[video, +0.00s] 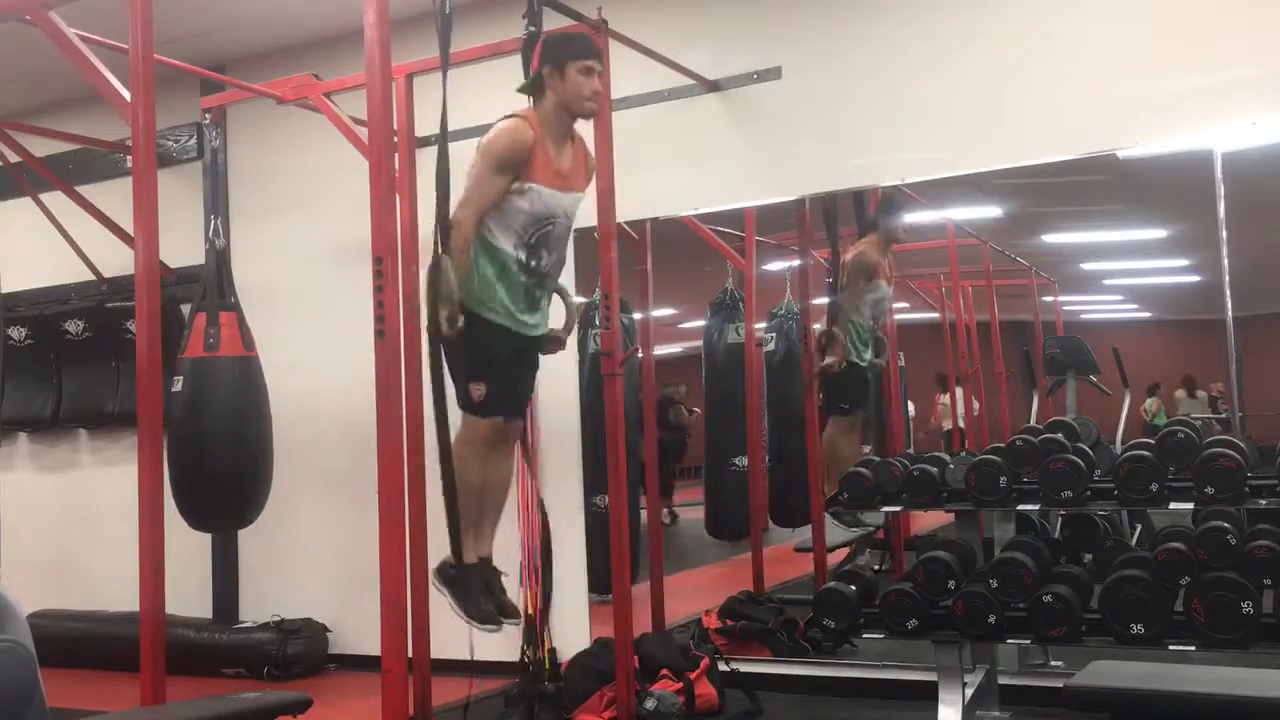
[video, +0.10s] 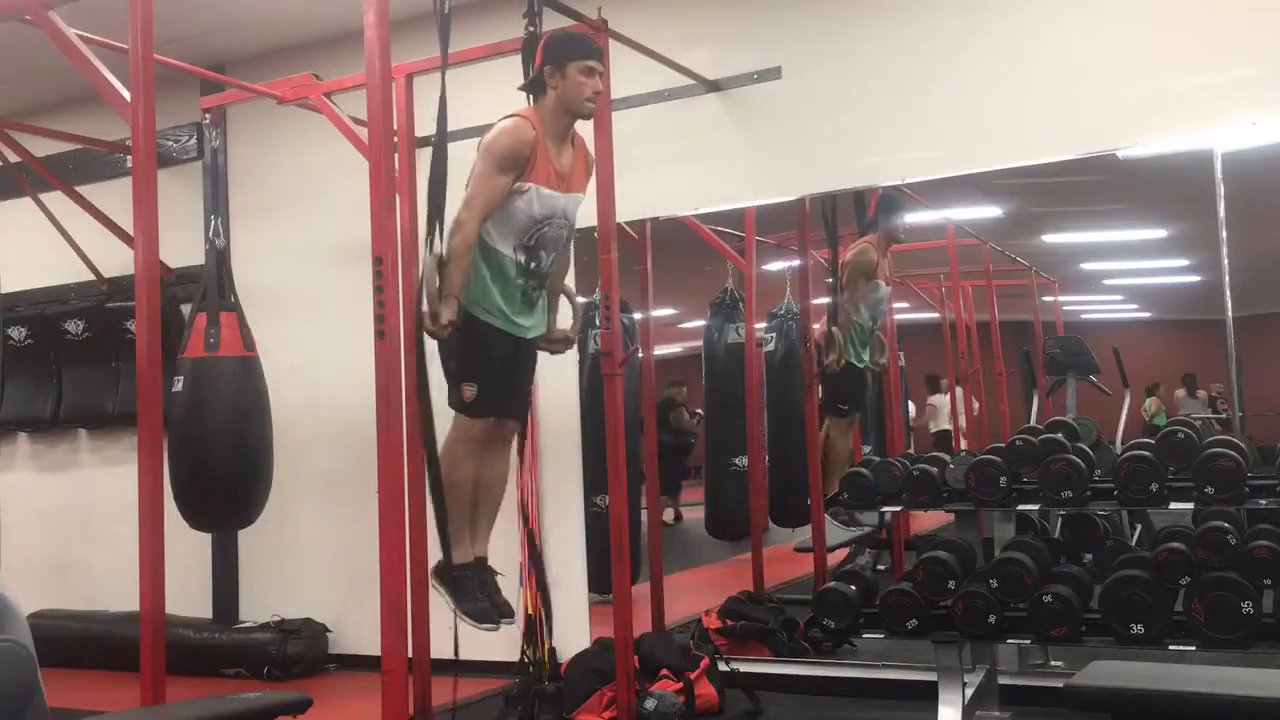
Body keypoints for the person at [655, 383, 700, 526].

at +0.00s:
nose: (683, 393)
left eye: (683, 390)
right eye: (682, 390)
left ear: (663, 390)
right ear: (676, 391)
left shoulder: (658, 405)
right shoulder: (675, 406)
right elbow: (686, 422)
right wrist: (695, 414)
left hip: (659, 450)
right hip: (669, 451)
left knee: (666, 483)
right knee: (665, 483)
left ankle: (670, 510)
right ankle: (661, 515)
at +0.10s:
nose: (685, 395)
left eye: (684, 391)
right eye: (683, 391)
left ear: (667, 392)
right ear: (677, 392)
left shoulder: (659, 406)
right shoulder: (677, 408)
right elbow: (686, 425)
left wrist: (690, 416)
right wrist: (697, 419)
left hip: (662, 449)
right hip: (675, 450)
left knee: (673, 483)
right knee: (668, 483)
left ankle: (677, 512)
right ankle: (659, 515)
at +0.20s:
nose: (688, 396)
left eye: (688, 392)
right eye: (686, 393)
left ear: (669, 393)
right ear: (682, 394)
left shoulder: (661, 409)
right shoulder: (682, 410)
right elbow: (690, 426)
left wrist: (692, 417)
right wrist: (699, 421)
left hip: (665, 451)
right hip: (681, 452)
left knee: (672, 483)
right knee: (684, 484)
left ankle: (677, 512)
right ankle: (666, 506)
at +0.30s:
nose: (690, 393)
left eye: (689, 390)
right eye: (689, 390)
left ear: (671, 392)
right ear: (687, 392)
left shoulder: (664, 407)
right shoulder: (689, 406)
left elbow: (658, 427)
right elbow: (696, 424)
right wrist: (706, 423)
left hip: (668, 447)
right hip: (689, 447)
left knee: (672, 479)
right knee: (696, 480)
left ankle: (677, 511)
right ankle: (681, 496)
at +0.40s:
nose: (694, 391)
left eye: (692, 388)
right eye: (692, 388)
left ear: (676, 390)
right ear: (692, 390)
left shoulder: (666, 407)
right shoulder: (698, 406)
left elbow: (660, 429)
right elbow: (703, 428)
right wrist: (704, 444)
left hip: (671, 450)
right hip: (693, 449)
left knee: (674, 482)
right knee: (697, 479)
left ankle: (676, 512)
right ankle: (693, 504)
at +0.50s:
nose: (689, 391)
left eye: (687, 387)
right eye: (690, 387)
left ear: (681, 389)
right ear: (696, 388)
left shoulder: (671, 406)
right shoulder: (702, 404)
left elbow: (665, 427)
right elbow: (707, 425)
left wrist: (660, 440)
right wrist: (707, 441)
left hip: (675, 448)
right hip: (697, 447)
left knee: (675, 480)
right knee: (702, 479)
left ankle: (677, 511)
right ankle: (711, 507)